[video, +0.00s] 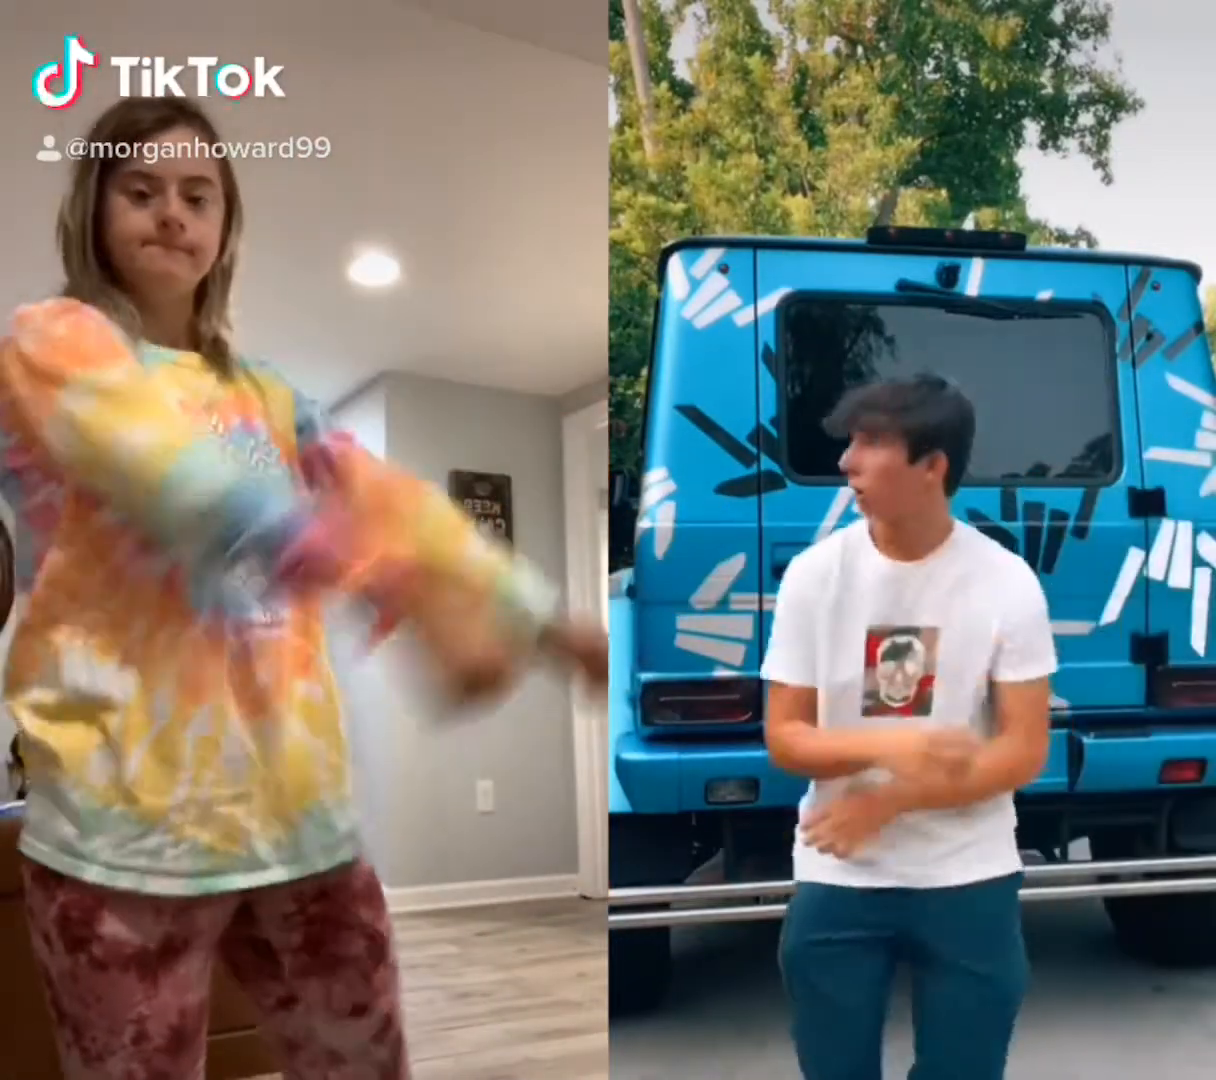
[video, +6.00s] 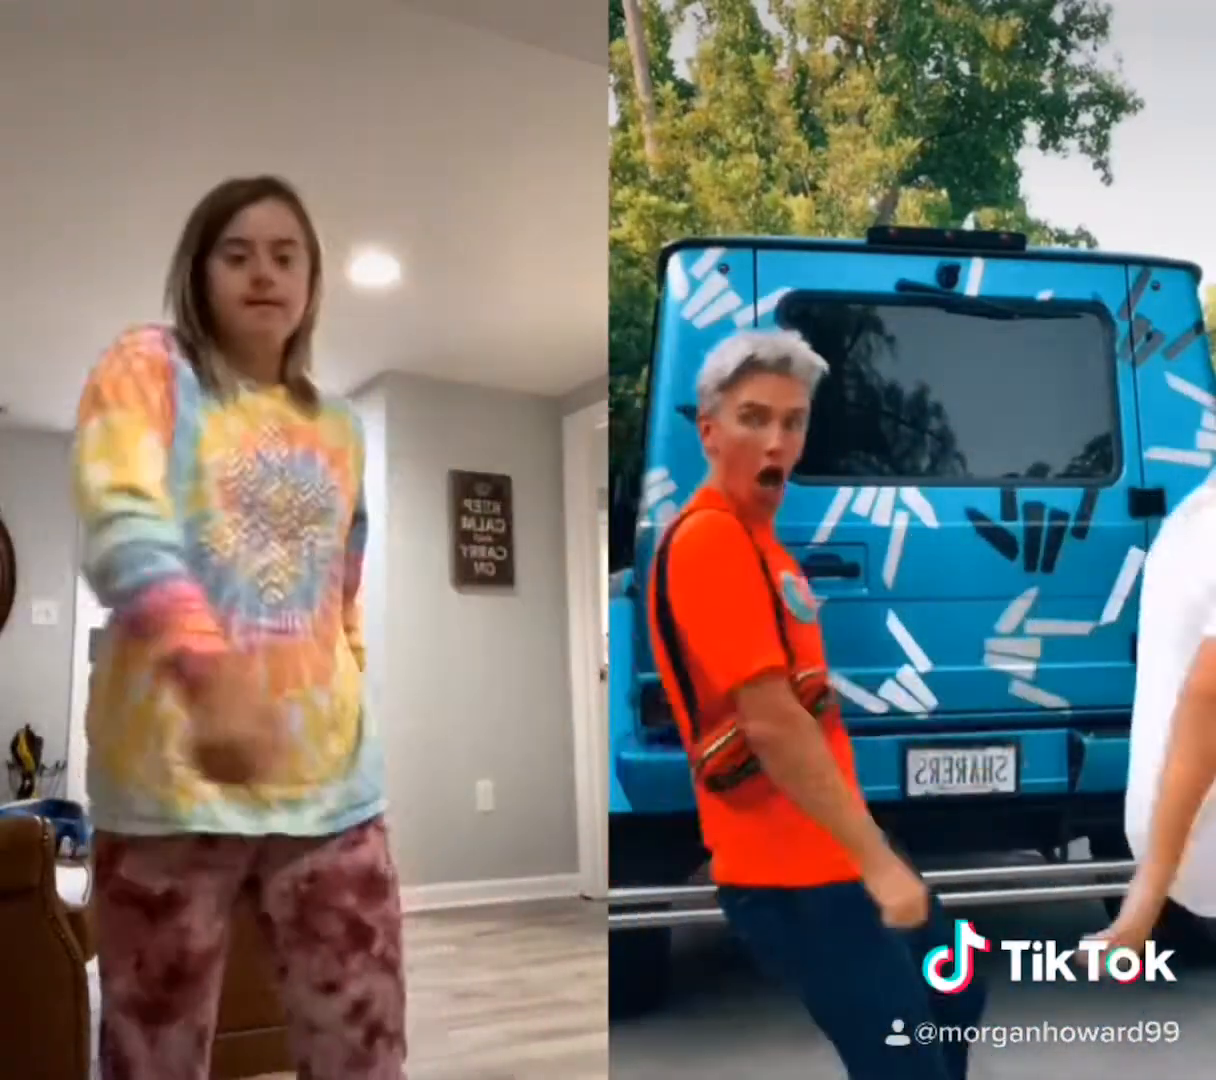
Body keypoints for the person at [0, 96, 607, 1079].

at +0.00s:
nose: (170, 216)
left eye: (197, 196)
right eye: (141, 191)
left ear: (226, 228)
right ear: (94, 214)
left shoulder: (264, 397)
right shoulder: (51, 340)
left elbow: (398, 511)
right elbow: (194, 488)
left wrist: (537, 619)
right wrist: (405, 595)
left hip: (293, 820)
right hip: (116, 832)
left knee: (360, 1065)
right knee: (137, 1070)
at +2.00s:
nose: (234, 241)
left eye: (261, 221)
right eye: (206, 219)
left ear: (291, 253)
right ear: (165, 246)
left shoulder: (357, 399)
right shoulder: (99, 413)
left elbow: (407, 573)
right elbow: (33, 604)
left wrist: (421, 709)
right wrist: (5, 720)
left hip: (319, 831)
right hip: (132, 836)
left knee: (346, 1065)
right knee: (122, 1069)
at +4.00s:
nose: (200, 259)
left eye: (225, 242)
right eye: (174, 243)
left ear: (261, 272)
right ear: (141, 276)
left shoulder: (333, 388)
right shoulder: (100, 442)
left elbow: (370, 541)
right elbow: (72, 586)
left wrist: (206, 613)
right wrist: (47, 638)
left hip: (310, 800)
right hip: (144, 815)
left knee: (373, 1055)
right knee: (120, 1062)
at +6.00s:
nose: (264, 274)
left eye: (286, 255)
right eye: (237, 253)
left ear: (312, 281)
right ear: (198, 276)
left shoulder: (340, 427)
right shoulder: (145, 366)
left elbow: (343, 596)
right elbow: (120, 530)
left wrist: (340, 707)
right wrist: (209, 672)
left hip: (328, 790)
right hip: (169, 793)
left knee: (362, 1054)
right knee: (156, 1060)